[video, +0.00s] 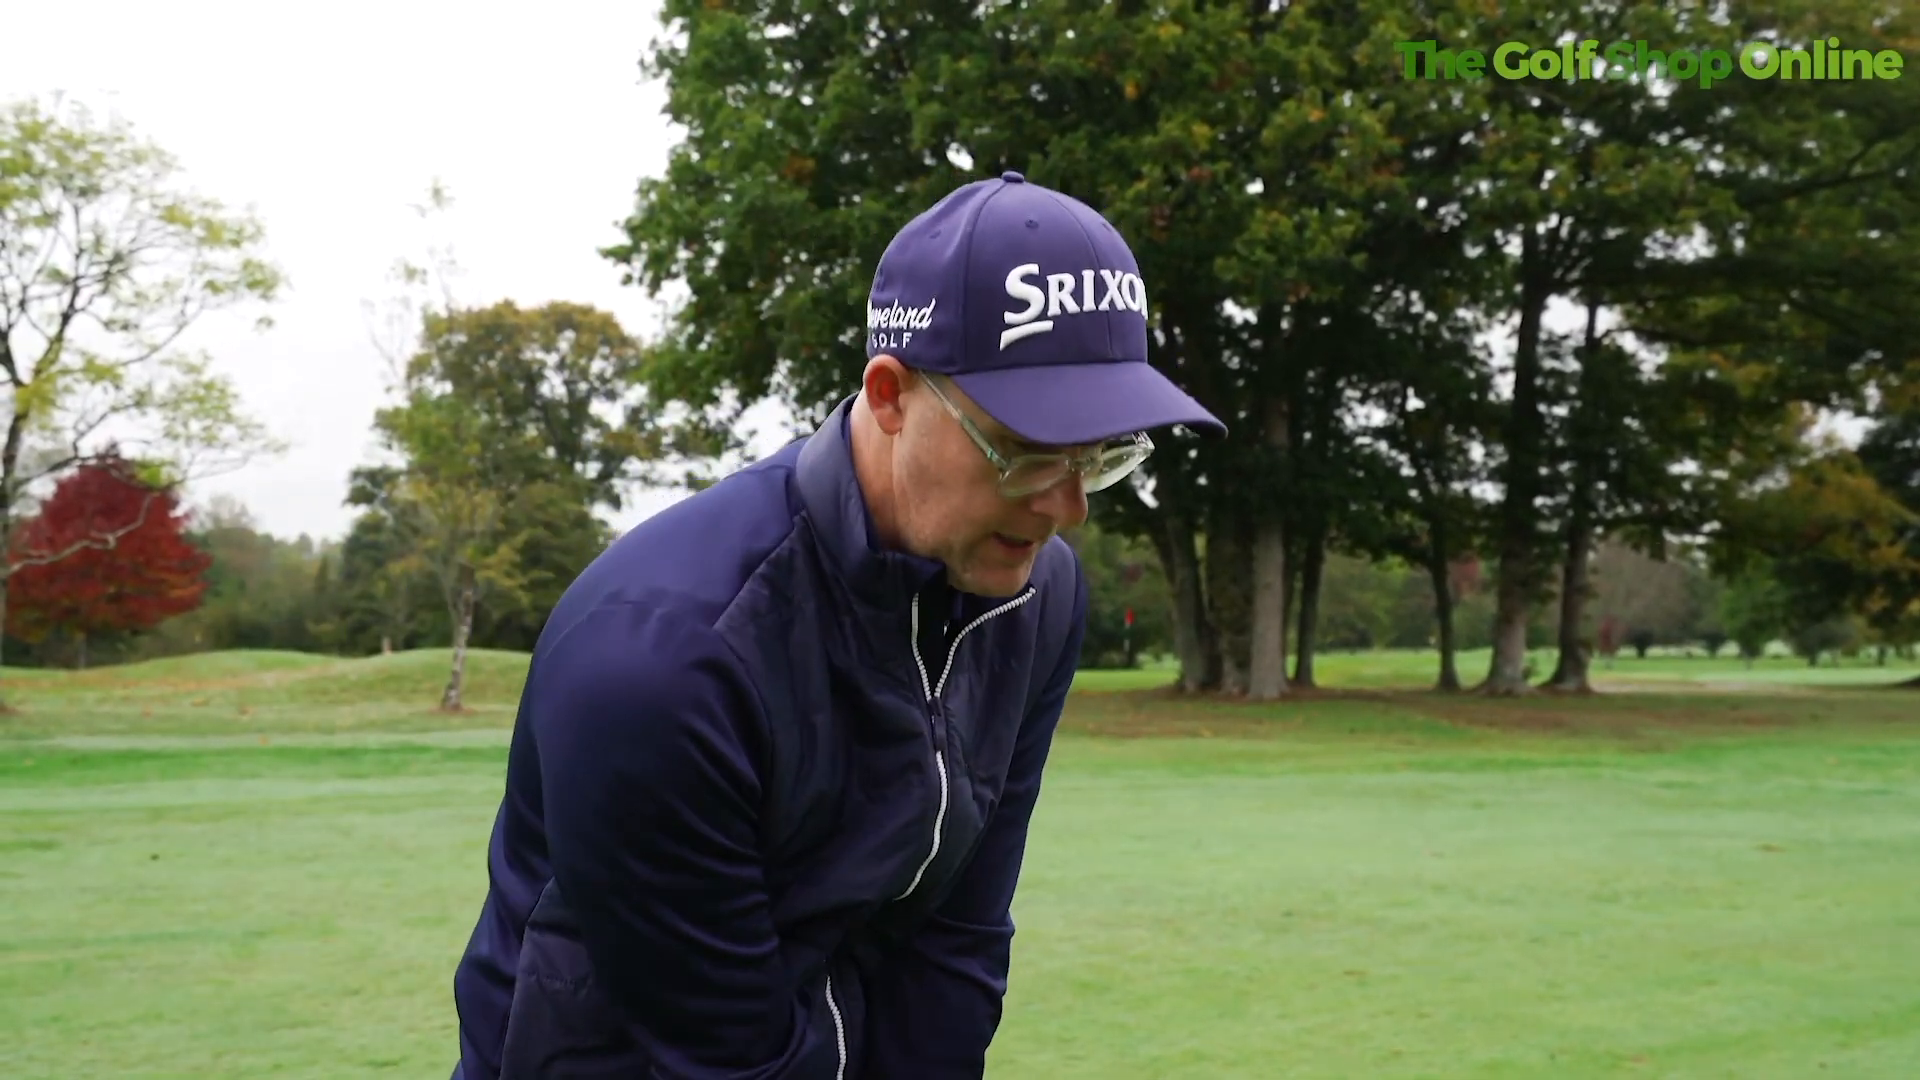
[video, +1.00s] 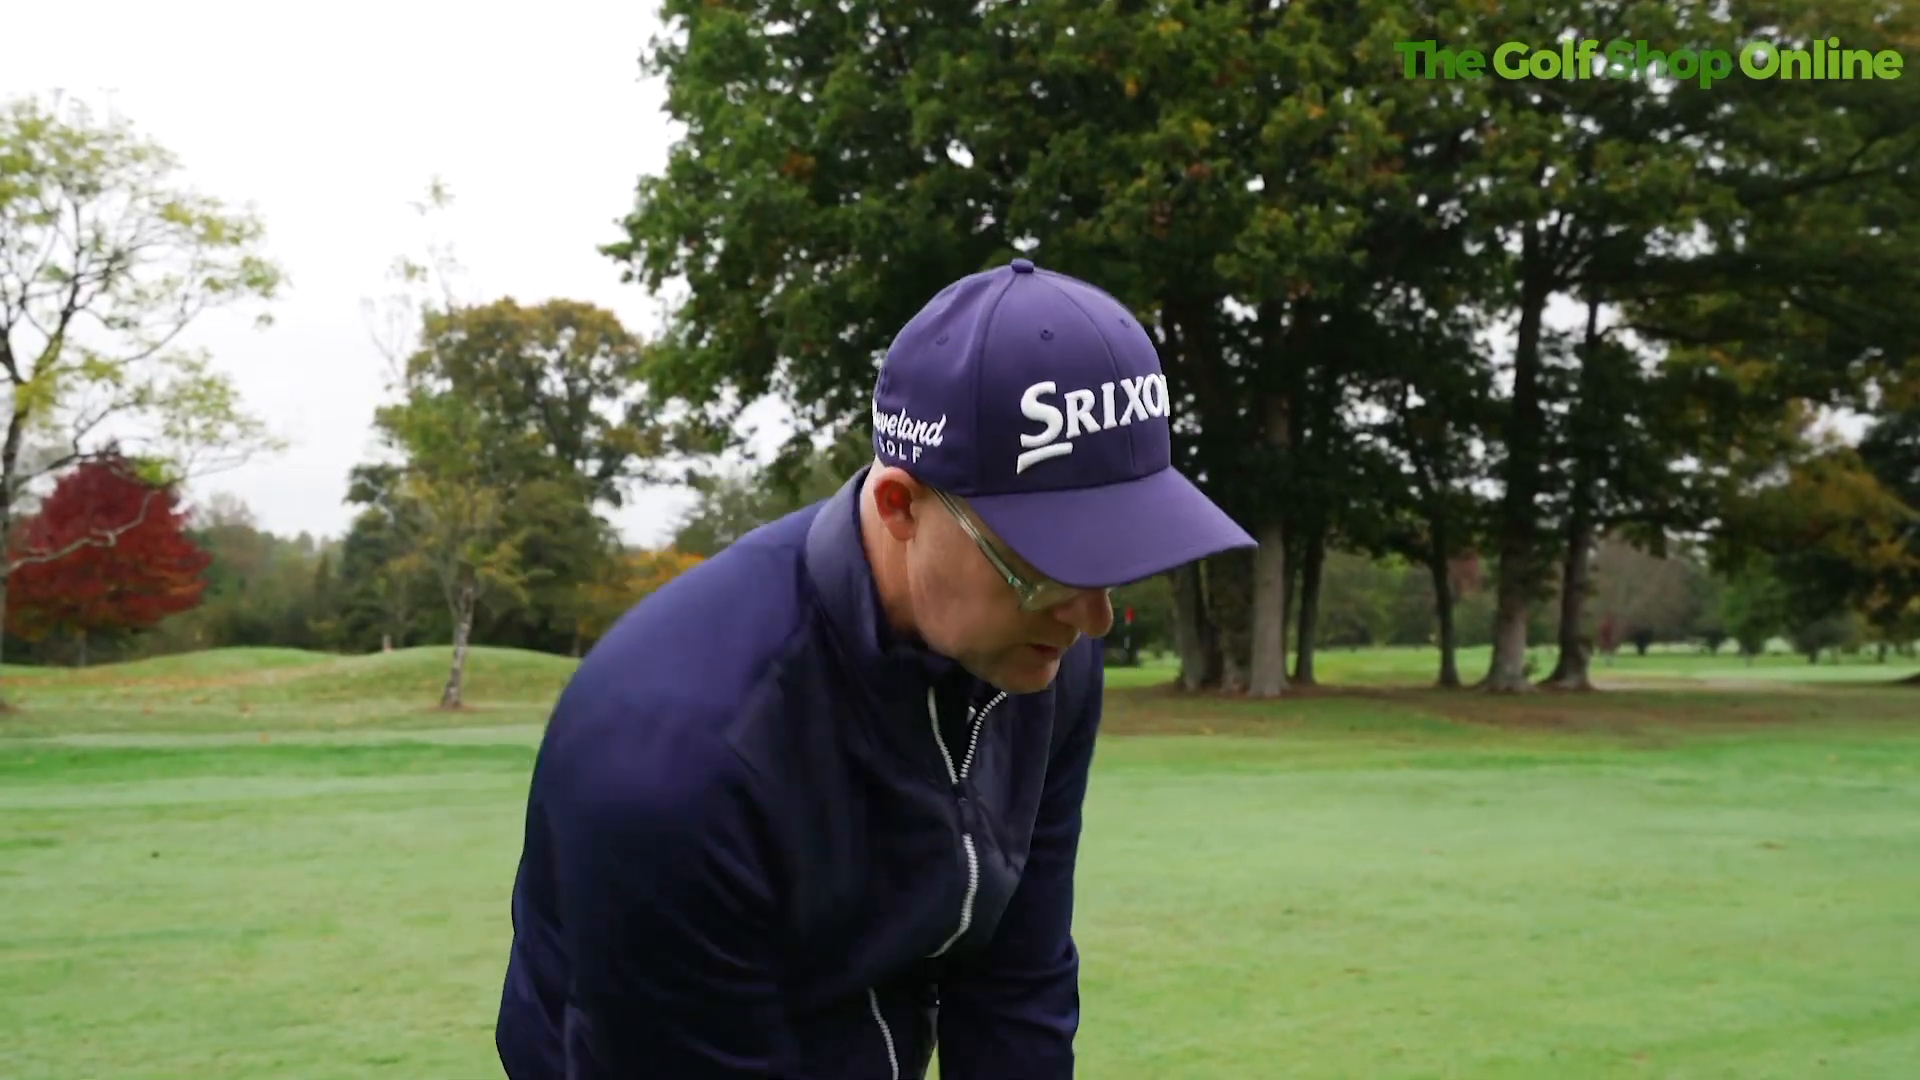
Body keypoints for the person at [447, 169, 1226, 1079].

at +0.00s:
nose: (1062, 503)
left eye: (1093, 451)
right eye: (1019, 446)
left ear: (1121, 419)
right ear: (888, 399)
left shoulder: (1041, 598)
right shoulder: (660, 667)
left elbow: (957, 949)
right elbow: (723, 1045)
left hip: (824, 1033)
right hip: (595, 1049)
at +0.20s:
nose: (1040, 544)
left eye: (1071, 492)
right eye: (998, 487)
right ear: (860, 432)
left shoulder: (1034, 614)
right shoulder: (619, 699)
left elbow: (957, 979)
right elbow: (680, 1045)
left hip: (832, 1031)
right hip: (576, 1046)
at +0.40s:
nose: (1032, 553)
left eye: (1066, 499)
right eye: (987, 494)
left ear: (1101, 462)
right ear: (850, 434)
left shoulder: (1051, 642)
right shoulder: (579, 638)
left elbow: (954, 1021)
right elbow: (568, 1045)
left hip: (859, 1055)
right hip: (611, 1052)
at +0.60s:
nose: (1062, 562)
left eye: (1090, 510)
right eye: (1015, 508)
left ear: (1123, 472)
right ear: (879, 444)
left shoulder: (1074, 688)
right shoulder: (582, 577)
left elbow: (905, 1037)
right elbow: (498, 981)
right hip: (589, 1051)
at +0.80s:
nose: (1082, 579)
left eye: (1105, 527)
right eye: (1034, 528)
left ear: (1135, 478)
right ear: (895, 462)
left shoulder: (1085, 675)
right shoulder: (603, 613)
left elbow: (963, 1033)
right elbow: (548, 1022)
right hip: (649, 1055)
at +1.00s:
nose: (1094, 618)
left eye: (1108, 564)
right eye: (1045, 568)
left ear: (1132, 503)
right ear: (896, 509)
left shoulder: (1050, 651)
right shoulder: (673, 765)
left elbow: (1018, 994)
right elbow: (678, 1056)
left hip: (868, 1035)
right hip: (659, 1043)